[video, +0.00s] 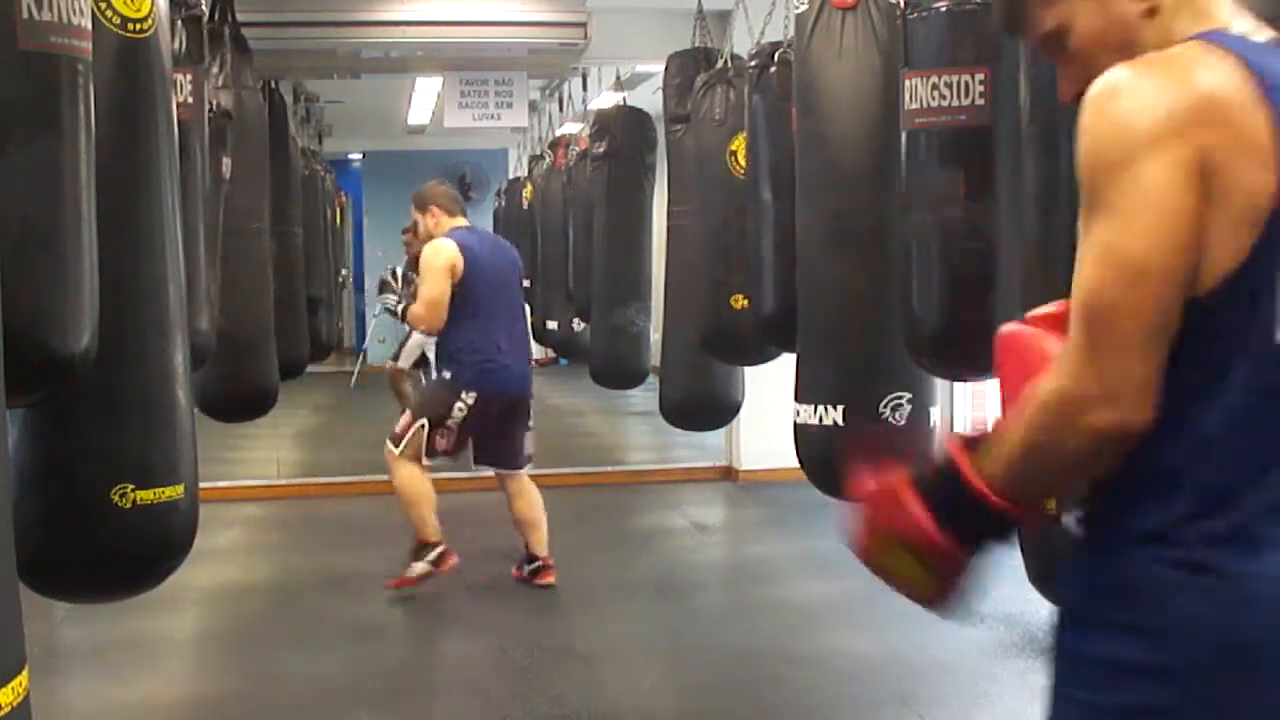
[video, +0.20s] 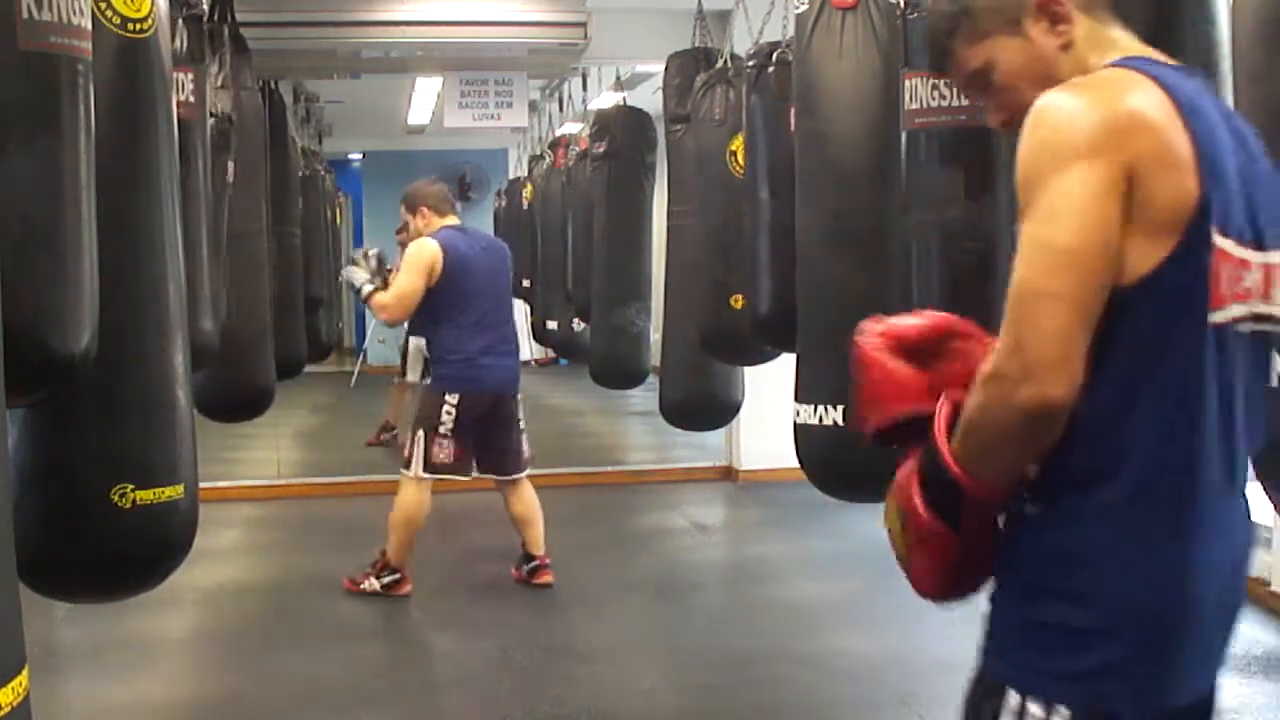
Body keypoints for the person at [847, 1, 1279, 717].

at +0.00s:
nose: (1066, 88)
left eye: (1060, 44)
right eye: (1048, 59)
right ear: (1138, 3)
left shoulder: (1151, 100)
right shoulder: (1262, 64)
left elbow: (1104, 400)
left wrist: (953, 507)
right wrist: (1103, 327)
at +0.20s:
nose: (993, 117)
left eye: (987, 79)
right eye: (976, 94)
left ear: (1052, 19)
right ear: (1059, 20)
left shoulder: (1085, 114)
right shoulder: (1214, 119)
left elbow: (1036, 384)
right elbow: (1171, 376)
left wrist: (941, 496)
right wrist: (995, 368)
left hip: (1095, 581)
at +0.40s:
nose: (934, 115)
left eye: (930, 79)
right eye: (916, 96)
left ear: (994, 21)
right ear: (997, 20)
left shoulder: (1048, 105)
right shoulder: (1106, 99)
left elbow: (1022, 357)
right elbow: (1095, 346)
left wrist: (919, 458)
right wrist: (953, 350)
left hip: (1034, 568)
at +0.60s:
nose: (864, 126)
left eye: (861, 91)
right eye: (846, 108)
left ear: (925, 31)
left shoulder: (993, 126)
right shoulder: (1019, 116)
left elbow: (984, 366)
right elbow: (975, 324)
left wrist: (857, 470)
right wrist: (849, 345)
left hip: (976, 569)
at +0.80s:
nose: (758, 133)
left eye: (754, 102)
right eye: (742, 115)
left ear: (820, 42)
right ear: (822, 42)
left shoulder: (878, 136)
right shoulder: (920, 118)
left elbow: (866, 388)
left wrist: (749, 483)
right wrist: (749, 352)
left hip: (867, 575)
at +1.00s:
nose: (663, 133)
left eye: (659, 103)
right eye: (647, 114)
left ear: (723, 51)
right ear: (727, 51)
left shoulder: (768, 136)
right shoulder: (845, 113)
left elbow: (758, 400)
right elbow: (838, 346)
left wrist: (671, 484)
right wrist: (683, 357)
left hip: (805, 551)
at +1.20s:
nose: (621, 133)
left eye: (616, 103)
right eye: (605, 113)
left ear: (682, 47)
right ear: (687, 48)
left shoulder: (731, 143)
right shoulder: (804, 114)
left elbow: (699, 403)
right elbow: (791, 350)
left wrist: (586, 513)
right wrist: (655, 341)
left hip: (760, 555)